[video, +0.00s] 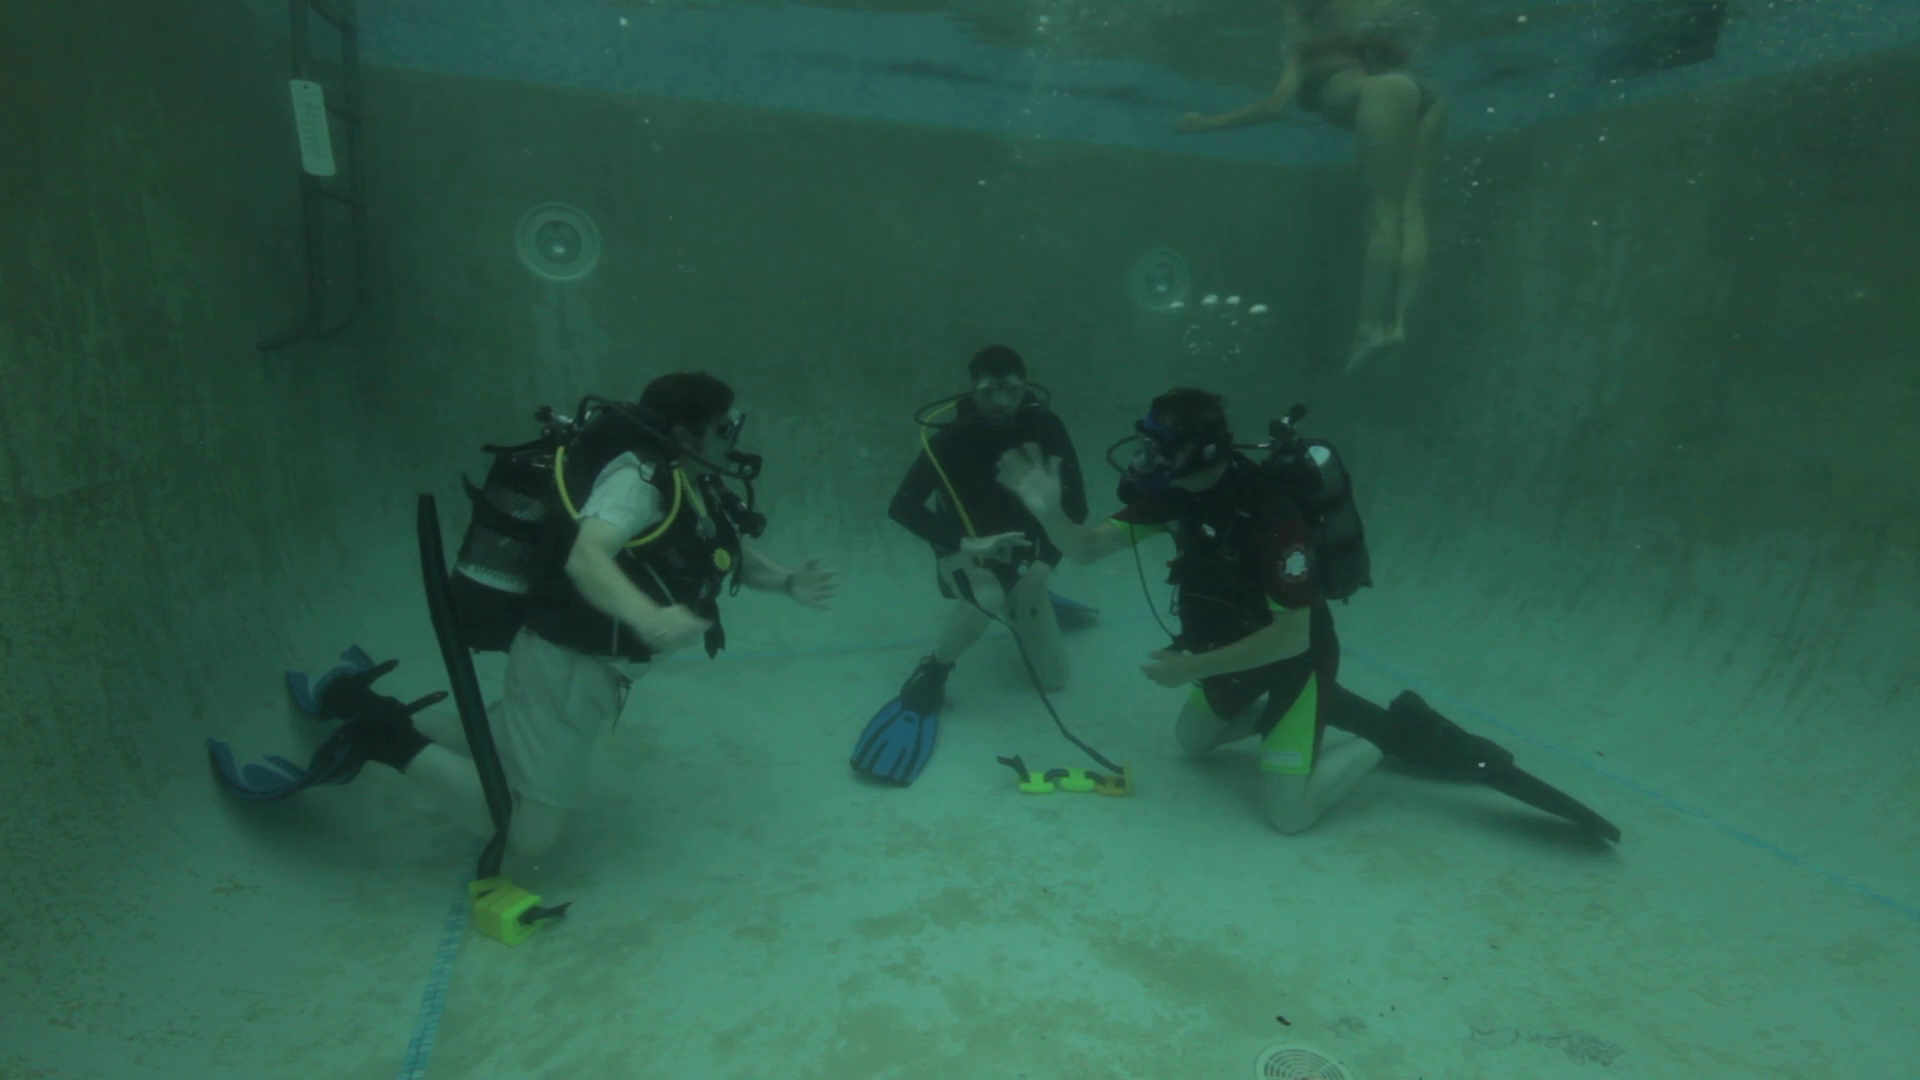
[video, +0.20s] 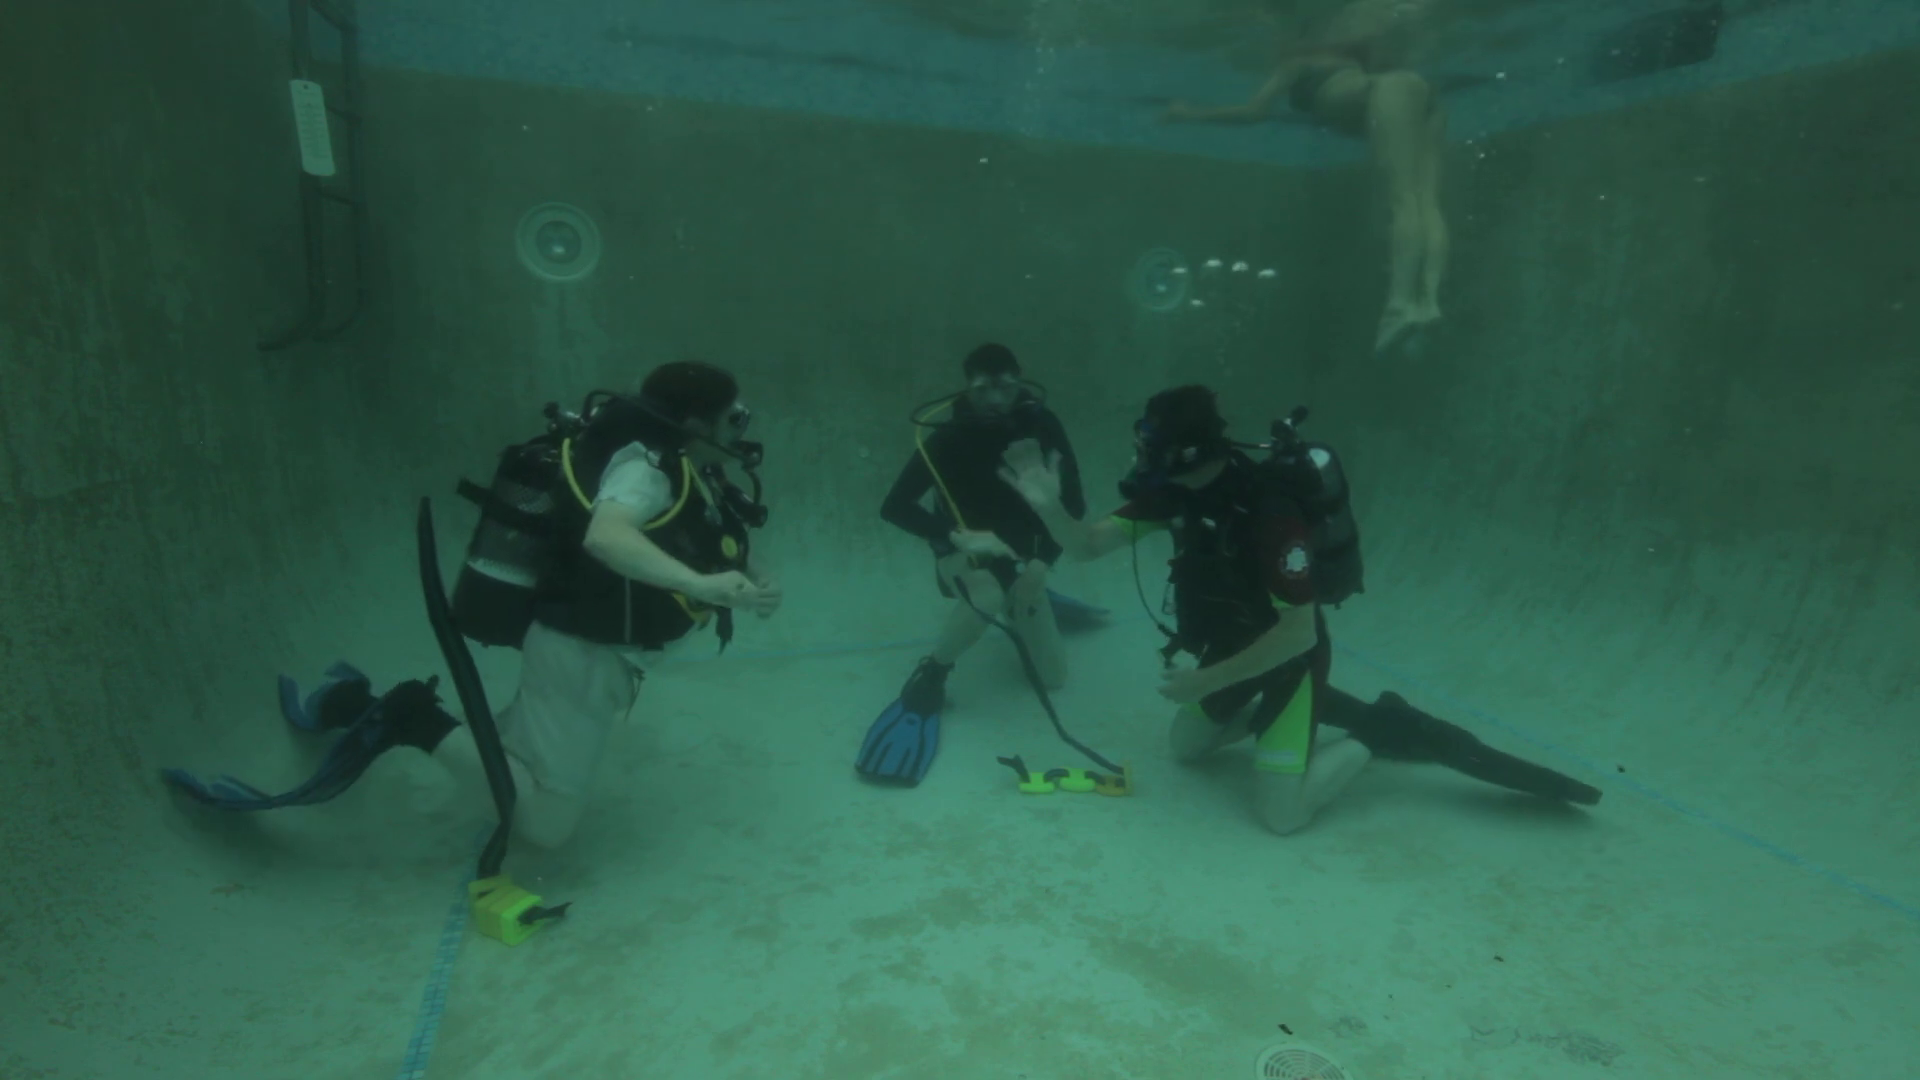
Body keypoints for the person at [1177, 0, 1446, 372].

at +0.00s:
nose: (1285, 30)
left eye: (1289, 22)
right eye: (1286, 23)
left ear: (1303, 21)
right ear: (1327, 22)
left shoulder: (1304, 49)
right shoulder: (1351, 45)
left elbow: (1277, 106)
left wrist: (1210, 123)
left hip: (1383, 92)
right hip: (1426, 96)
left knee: (1383, 211)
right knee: (1414, 210)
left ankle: (1372, 327)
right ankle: (1399, 324)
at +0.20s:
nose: (1270, 58)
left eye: (1275, 55)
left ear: (1290, 48)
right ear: (1318, 47)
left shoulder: (1298, 64)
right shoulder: (1348, 64)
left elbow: (1254, 112)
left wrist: (1191, 114)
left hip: (1388, 91)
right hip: (1424, 96)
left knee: (1404, 201)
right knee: (1429, 201)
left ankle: (1401, 304)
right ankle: (1429, 303)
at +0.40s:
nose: (1269, 56)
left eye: (1273, 50)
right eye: (1270, 52)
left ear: (1289, 47)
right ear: (1305, 47)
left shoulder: (1297, 68)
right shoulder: (1325, 65)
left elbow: (1257, 113)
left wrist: (1213, 129)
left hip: (1384, 108)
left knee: (1418, 189)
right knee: (1425, 193)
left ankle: (1455, 279)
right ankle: (1478, 282)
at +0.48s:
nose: (1276, 72)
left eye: (1282, 63)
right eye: (1277, 65)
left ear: (1302, 59)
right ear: (1298, 66)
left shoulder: (1310, 76)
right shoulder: (1299, 99)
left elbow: (1263, 124)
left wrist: (1228, 147)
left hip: (1389, 112)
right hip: (1370, 151)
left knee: (1413, 190)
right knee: (1414, 212)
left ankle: (1475, 272)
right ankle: (1490, 280)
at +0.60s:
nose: (1306, 62)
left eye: (1315, 55)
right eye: (1306, 57)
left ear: (1334, 56)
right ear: (1316, 61)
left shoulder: (1333, 79)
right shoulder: (1311, 104)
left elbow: (1286, 123)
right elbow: (1287, 122)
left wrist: (1249, 159)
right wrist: (1255, 119)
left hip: (1396, 128)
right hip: (1371, 163)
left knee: (1398, 187)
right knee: (1402, 224)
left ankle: (1481, 260)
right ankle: (1492, 268)